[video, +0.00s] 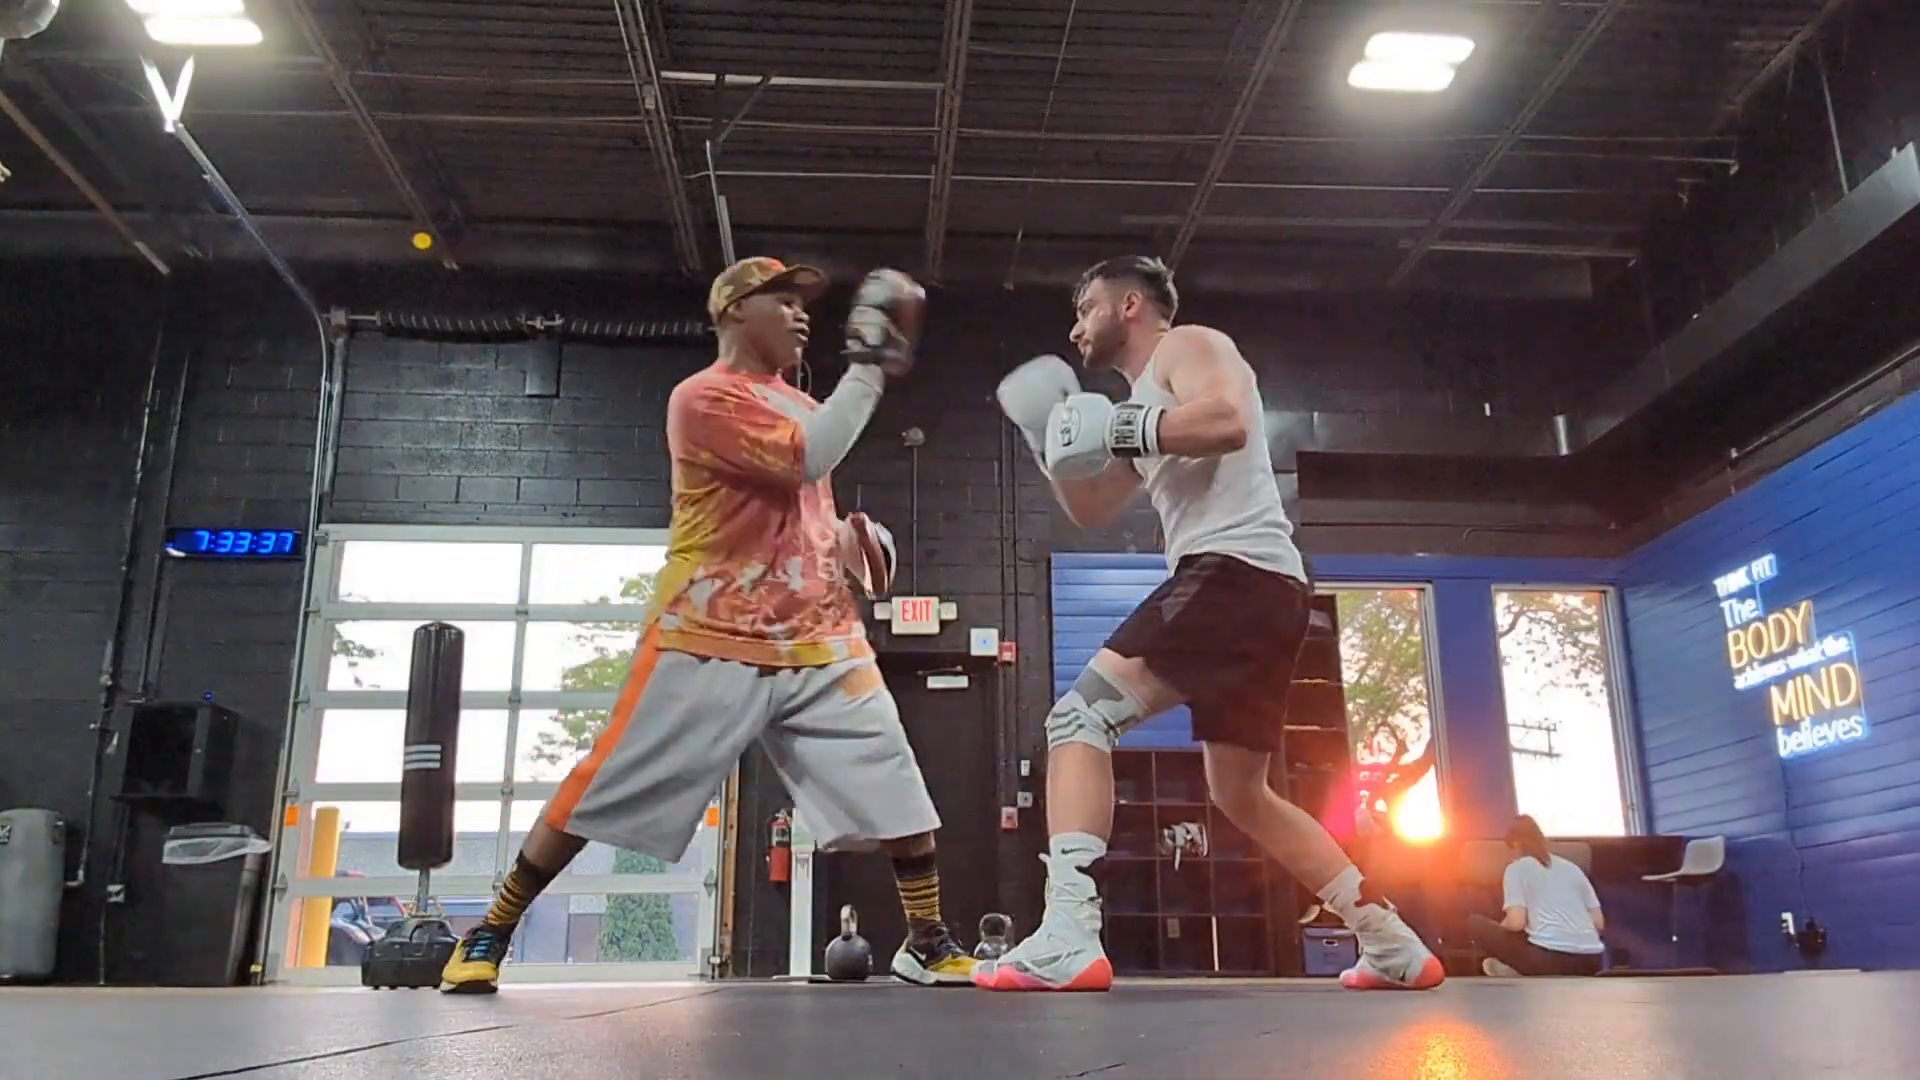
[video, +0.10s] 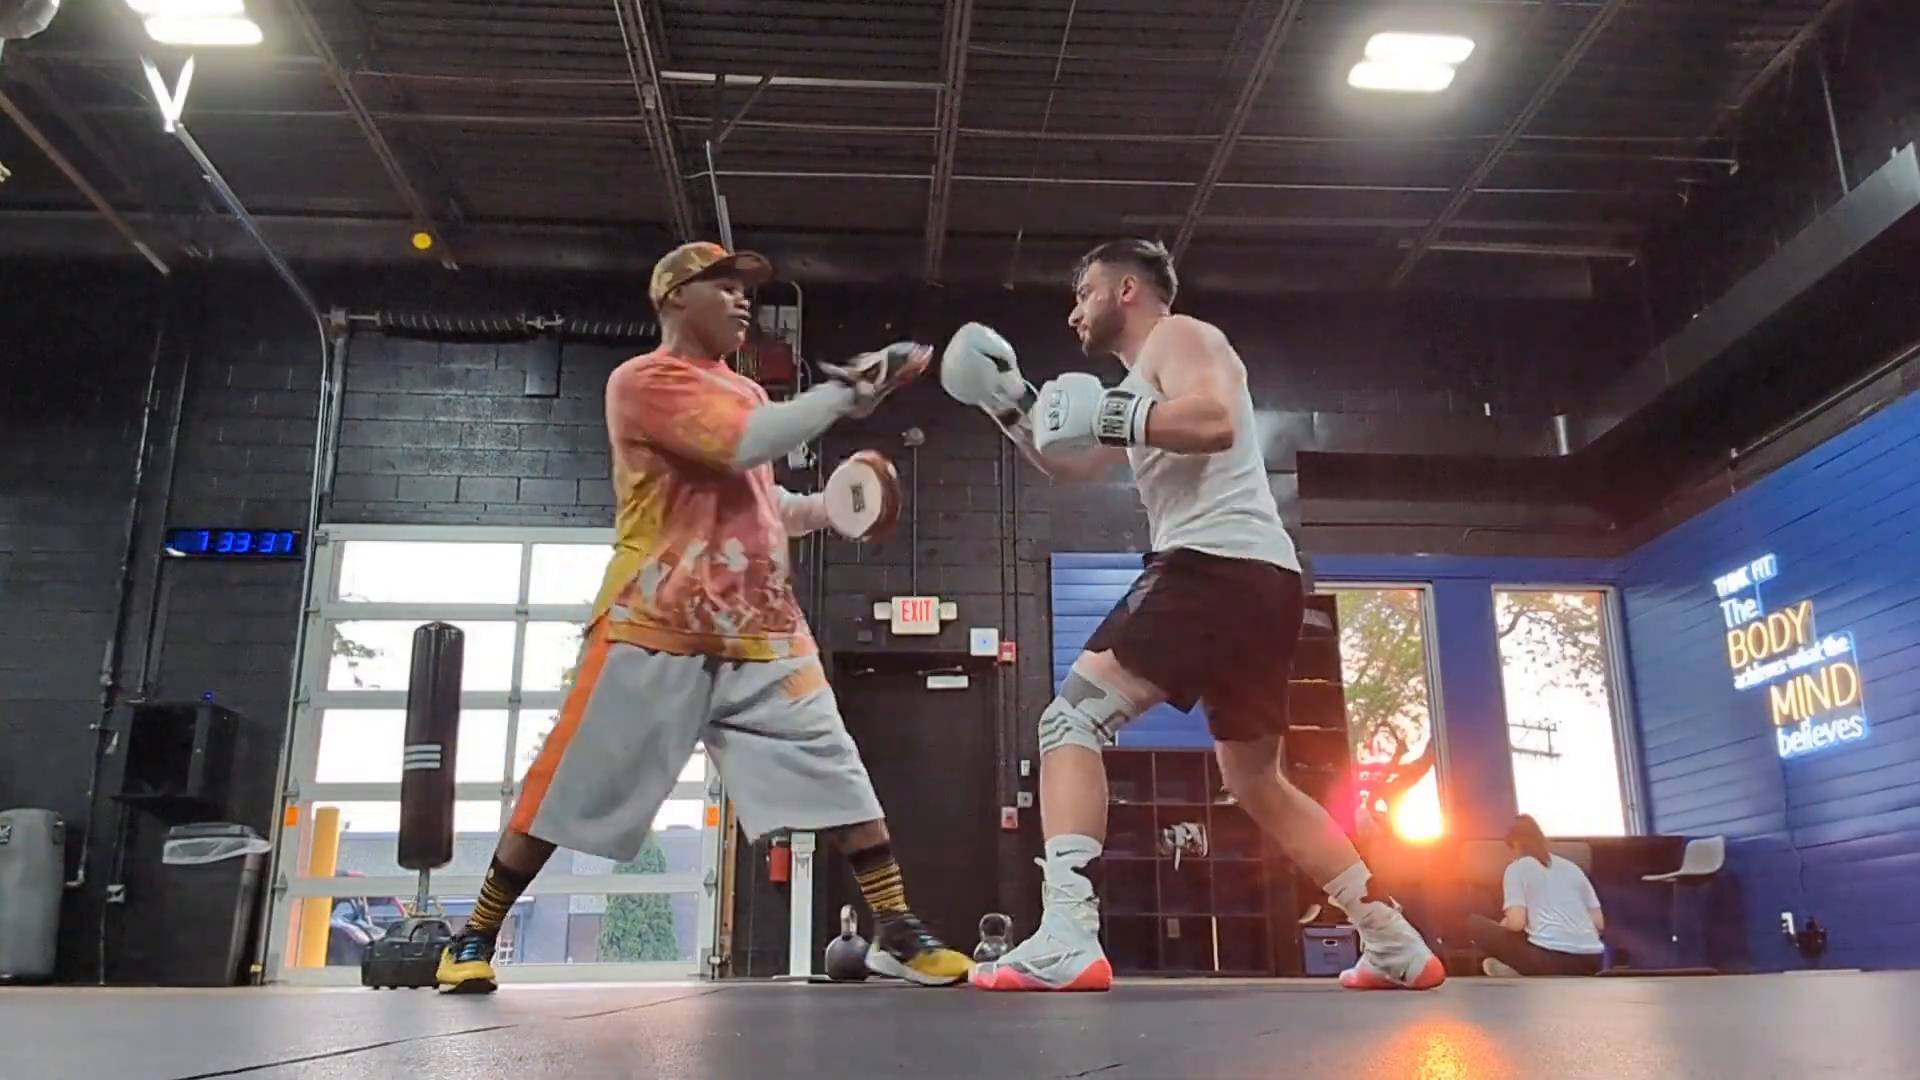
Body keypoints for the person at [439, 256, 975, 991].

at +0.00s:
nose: (801, 313)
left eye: (800, 304)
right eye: (783, 301)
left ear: (784, 323)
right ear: (733, 314)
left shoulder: (807, 409)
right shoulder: (701, 398)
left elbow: (807, 523)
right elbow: (804, 456)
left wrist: (849, 537)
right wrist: (869, 363)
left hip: (819, 627)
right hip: (709, 628)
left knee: (890, 763)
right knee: (608, 778)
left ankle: (929, 938)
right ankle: (492, 933)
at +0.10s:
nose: (742, 300)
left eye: (742, 290)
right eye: (724, 288)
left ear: (727, 307)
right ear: (675, 300)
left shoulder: (747, 396)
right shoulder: (640, 381)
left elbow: (749, 512)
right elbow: (739, 441)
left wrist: (830, 504)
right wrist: (850, 390)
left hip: (761, 619)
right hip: (657, 617)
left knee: (834, 759)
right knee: (570, 773)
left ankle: (897, 927)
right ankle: (476, 938)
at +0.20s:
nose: (687, 280)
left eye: (690, 270)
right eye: (667, 266)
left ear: (695, 291)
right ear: (620, 286)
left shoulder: (723, 377)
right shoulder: (579, 377)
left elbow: (784, 468)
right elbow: (599, 473)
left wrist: (887, 450)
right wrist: (707, 429)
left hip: (723, 606)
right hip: (615, 606)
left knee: (779, 753)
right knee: (549, 767)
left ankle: (770, 928)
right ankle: (472, 935)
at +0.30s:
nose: (642, 281)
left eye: (647, 271)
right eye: (621, 267)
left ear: (654, 291)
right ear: (578, 285)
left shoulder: (703, 368)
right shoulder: (538, 387)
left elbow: (817, 402)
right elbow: (529, 481)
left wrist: (932, 419)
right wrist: (627, 445)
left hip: (697, 612)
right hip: (584, 608)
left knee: (713, 768)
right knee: (538, 771)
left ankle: (660, 892)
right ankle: (472, 936)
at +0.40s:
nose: (627, 281)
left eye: (634, 271)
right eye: (606, 269)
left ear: (645, 293)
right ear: (566, 293)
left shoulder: (697, 366)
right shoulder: (537, 394)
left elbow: (792, 420)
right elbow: (516, 485)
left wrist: (863, 407)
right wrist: (589, 428)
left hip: (679, 620)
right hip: (576, 614)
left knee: (658, 794)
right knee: (534, 772)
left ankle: (606, 905)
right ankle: (470, 933)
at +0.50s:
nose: (649, 289)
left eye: (653, 279)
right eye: (632, 277)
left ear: (658, 296)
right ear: (590, 297)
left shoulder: (690, 378)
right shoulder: (553, 384)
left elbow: (709, 496)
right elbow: (571, 467)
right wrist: (609, 364)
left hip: (683, 606)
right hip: (587, 603)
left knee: (694, 764)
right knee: (548, 760)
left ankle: (607, 894)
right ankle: (471, 932)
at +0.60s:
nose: (682, 296)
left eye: (683, 286)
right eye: (665, 281)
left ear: (669, 303)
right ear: (617, 293)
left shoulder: (675, 385)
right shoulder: (588, 374)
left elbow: (684, 511)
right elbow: (684, 431)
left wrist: (719, 492)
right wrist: (743, 338)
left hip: (683, 602)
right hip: (599, 605)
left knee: (740, 743)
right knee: (547, 767)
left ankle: (656, 901)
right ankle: (468, 937)